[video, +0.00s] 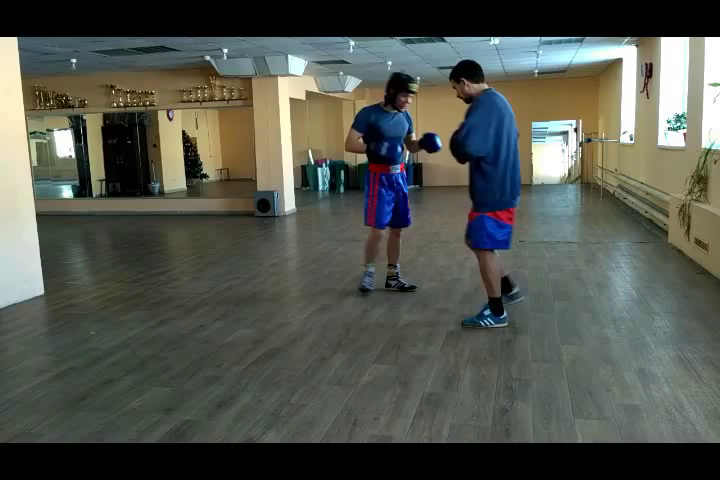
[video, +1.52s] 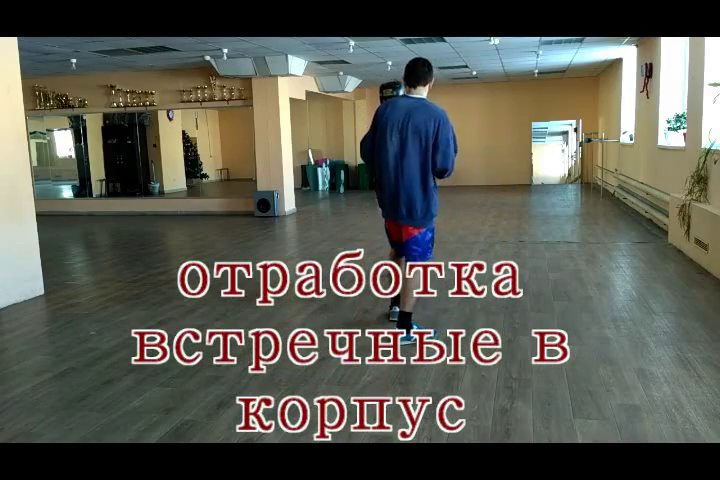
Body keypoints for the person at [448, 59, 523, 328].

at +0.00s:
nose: (457, 95)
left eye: (456, 88)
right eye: (455, 89)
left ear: (465, 82)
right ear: (476, 80)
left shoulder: (485, 106)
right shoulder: (495, 101)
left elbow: (464, 152)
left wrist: (458, 134)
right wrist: (463, 135)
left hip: (492, 193)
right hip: (500, 188)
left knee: (484, 248)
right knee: (475, 239)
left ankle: (496, 311)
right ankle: (506, 286)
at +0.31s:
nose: (456, 85)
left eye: (456, 80)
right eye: (456, 81)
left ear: (463, 80)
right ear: (484, 81)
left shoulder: (453, 104)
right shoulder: (499, 108)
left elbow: (426, 141)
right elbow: (498, 147)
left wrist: (424, 115)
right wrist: (485, 173)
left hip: (454, 190)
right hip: (485, 189)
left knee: (450, 248)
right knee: (472, 248)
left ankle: (481, 295)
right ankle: (472, 305)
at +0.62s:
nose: (440, 82)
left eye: (441, 79)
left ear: (442, 81)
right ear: (466, 83)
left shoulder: (424, 105)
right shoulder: (477, 111)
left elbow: (393, 113)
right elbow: (489, 154)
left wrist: (391, 96)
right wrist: (464, 158)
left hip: (429, 193)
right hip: (464, 194)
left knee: (414, 250)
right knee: (465, 253)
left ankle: (399, 304)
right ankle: (471, 307)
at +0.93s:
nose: (437, 87)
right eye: (438, 84)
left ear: (412, 82)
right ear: (436, 84)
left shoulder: (392, 106)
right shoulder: (445, 111)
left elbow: (373, 129)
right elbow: (454, 158)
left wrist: (398, 155)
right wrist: (434, 172)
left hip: (398, 191)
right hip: (432, 193)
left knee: (402, 249)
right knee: (445, 247)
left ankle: (396, 306)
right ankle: (449, 308)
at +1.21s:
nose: (432, 84)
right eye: (434, 80)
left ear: (410, 79)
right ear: (433, 81)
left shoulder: (392, 106)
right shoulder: (442, 112)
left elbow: (369, 139)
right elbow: (450, 160)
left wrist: (391, 156)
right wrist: (428, 164)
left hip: (391, 194)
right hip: (424, 197)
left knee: (396, 254)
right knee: (422, 261)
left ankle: (396, 305)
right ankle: (413, 320)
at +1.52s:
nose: (431, 85)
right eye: (432, 81)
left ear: (404, 80)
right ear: (430, 82)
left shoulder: (386, 109)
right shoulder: (436, 115)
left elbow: (367, 151)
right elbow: (443, 167)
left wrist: (388, 163)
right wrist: (425, 163)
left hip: (388, 197)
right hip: (420, 200)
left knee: (397, 252)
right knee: (413, 266)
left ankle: (396, 302)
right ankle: (405, 326)